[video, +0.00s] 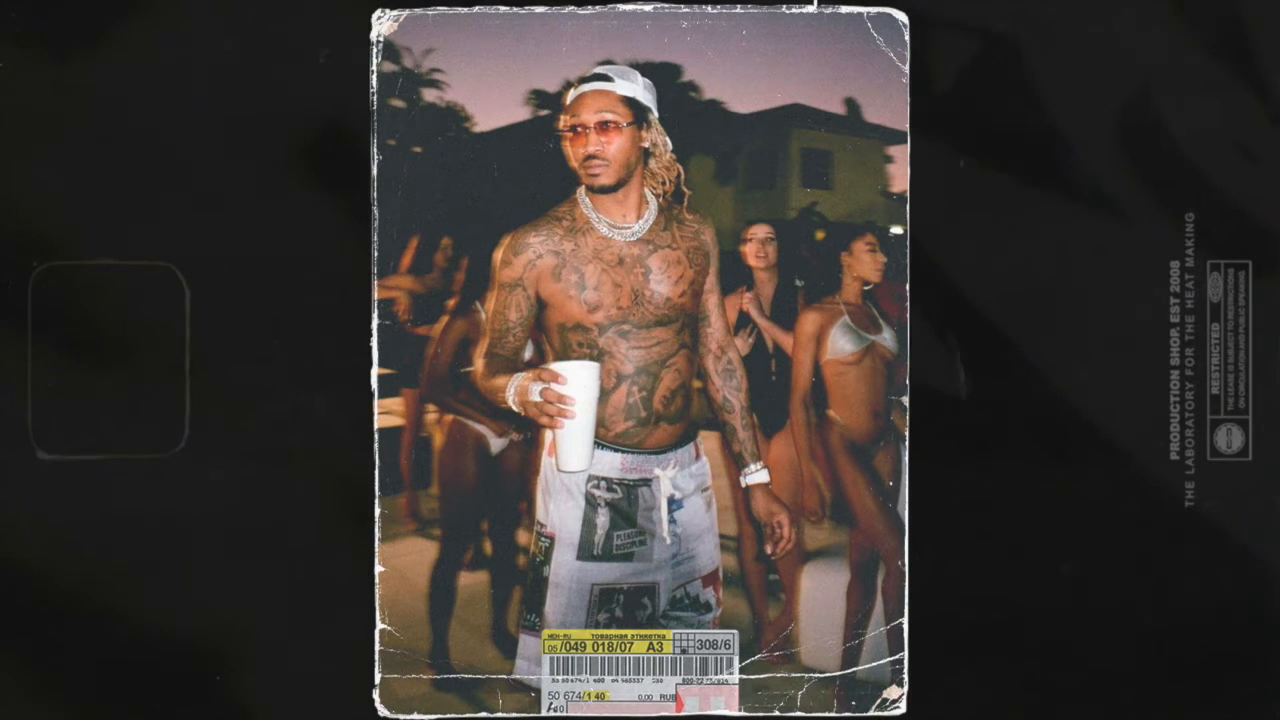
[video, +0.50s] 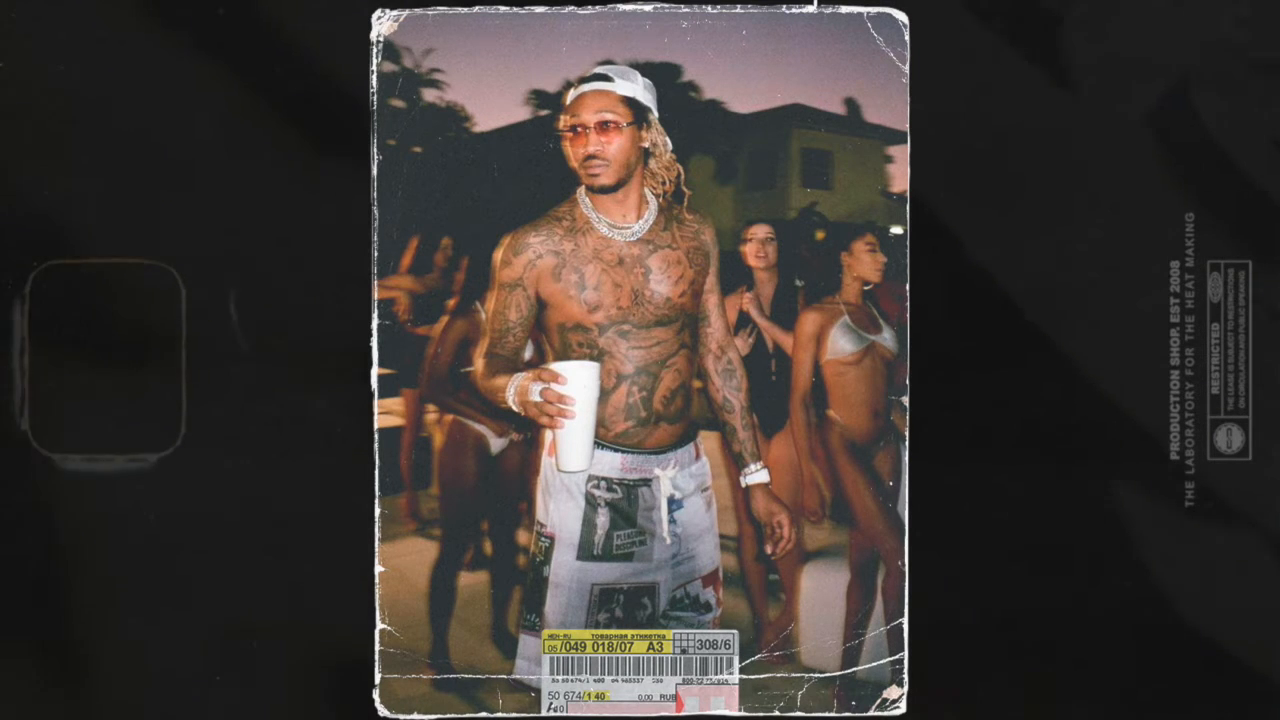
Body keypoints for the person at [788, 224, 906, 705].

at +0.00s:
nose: (882, 259)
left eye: (881, 251)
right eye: (871, 251)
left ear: (870, 262)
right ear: (844, 259)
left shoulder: (877, 315)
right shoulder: (818, 317)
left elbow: (887, 390)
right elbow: (799, 403)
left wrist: (898, 439)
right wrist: (813, 478)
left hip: (882, 448)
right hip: (838, 449)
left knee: (863, 563)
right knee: (897, 552)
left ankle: (846, 674)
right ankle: (902, 670)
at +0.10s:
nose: (882, 259)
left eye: (881, 251)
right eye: (871, 251)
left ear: (871, 262)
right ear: (844, 259)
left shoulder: (877, 315)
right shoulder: (818, 317)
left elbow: (887, 390)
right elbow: (798, 403)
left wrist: (897, 439)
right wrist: (813, 478)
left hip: (882, 448)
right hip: (838, 449)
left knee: (863, 563)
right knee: (897, 552)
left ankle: (846, 674)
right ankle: (902, 670)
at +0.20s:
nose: (882, 259)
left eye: (881, 251)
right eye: (871, 251)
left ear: (870, 262)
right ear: (844, 259)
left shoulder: (877, 316)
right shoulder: (818, 317)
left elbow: (886, 392)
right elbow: (798, 403)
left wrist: (898, 440)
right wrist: (812, 477)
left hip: (882, 448)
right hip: (839, 449)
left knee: (863, 563)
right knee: (898, 552)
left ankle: (846, 673)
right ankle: (902, 669)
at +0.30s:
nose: (882, 259)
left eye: (881, 251)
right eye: (871, 251)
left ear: (871, 262)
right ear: (844, 259)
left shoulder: (877, 316)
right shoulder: (818, 317)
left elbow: (887, 391)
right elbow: (798, 403)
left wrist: (900, 435)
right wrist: (812, 477)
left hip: (883, 447)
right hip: (839, 448)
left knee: (863, 562)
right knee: (897, 551)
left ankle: (846, 673)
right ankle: (902, 670)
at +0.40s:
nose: (882, 259)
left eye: (881, 251)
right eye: (871, 251)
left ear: (869, 262)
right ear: (843, 259)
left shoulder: (876, 315)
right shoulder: (818, 317)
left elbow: (885, 391)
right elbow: (798, 402)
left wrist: (898, 438)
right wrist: (812, 477)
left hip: (882, 447)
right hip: (839, 449)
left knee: (863, 562)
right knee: (897, 551)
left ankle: (846, 672)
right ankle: (903, 670)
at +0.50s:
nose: (882, 259)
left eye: (881, 251)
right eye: (871, 251)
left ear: (869, 261)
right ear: (844, 259)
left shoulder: (876, 314)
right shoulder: (818, 317)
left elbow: (885, 391)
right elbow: (798, 402)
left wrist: (899, 440)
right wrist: (812, 477)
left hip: (882, 447)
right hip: (838, 449)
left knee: (863, 563)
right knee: (898, 552)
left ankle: (846, 674)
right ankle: (902, 670)